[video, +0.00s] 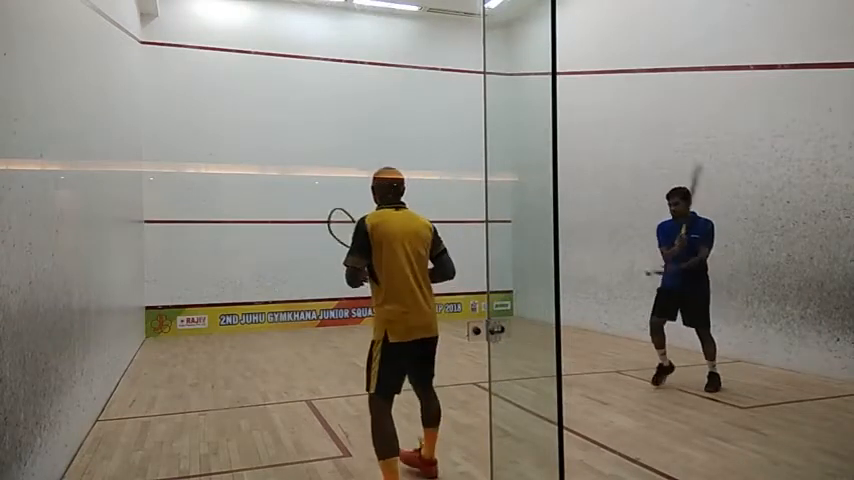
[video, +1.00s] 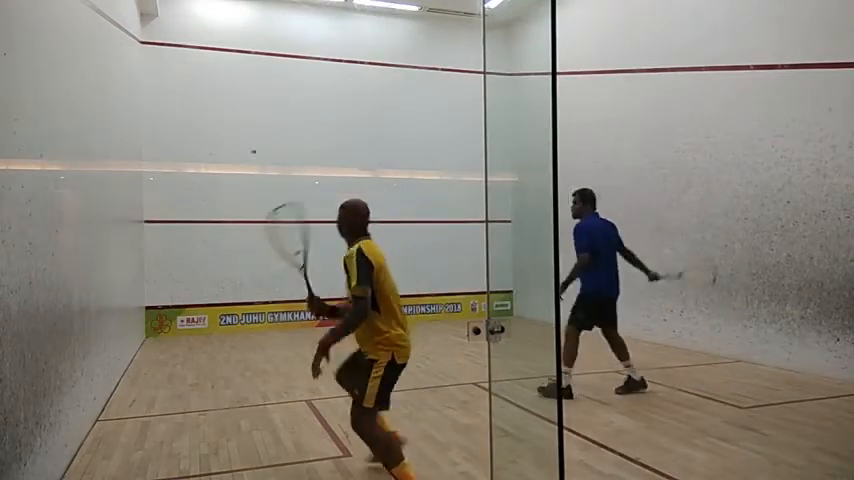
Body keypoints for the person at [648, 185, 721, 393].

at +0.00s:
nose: (672, 209)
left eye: (677, 204)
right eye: (670, 205)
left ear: (688, 204)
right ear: (667, 206)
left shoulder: (704, 226)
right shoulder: (664, 228)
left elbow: (702, 256)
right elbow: (666, 257)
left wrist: (677, 268)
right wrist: (677, 247)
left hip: (696, 285)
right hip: (671, 283)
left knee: (702, 330)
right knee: (655, 324)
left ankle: (712, 373)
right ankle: (664, 363)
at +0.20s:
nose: (647, 212)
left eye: (650, 208)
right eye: (645, 209)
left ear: (663, 207)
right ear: (644, 210)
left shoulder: (683, 225)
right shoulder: (645, 234)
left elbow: (683, 258)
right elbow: (654, 260)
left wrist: (655, 270)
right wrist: (683, 246)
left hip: (685, 288)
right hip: (660, 288)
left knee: (697, 333)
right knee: (643, 327)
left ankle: (711, 373)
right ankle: (640, 377)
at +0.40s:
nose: (617, 213)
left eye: (621, 209)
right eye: (618, 209)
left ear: (632, 210)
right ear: (630, 211)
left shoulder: (650, 230)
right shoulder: (626, 237)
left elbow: (661, 260)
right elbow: (612, 264)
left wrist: (664, 288)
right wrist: (589, 284)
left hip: (664, 286)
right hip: (644, 289)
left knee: (674, 334)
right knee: (635, 330)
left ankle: (705, 366)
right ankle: (636, 378)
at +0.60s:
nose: (601, 208)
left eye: (604, 204)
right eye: (602, 204)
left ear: (613, 206)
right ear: (617, 206)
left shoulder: (624, 227)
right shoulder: (618, 226)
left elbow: (639, 254)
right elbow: (635, 256)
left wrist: (656, 274)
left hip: (638, 290)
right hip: (629, 289)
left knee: (633, 332)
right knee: (626, 331)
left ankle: (676, 366)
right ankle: (635, 378)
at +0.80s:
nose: (588, 205)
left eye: (590, 202)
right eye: (589, 201)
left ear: (599, 203)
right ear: (607, 204)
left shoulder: (602, 225)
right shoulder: (620, 223)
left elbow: (610, 254)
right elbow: (639, 239)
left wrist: (609, 286)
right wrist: (657, 240)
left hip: (615, 287)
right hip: (628, 286)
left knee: (596, 327)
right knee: (620, 329)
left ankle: (612, 378)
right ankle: (635, 378)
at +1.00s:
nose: (571, 207)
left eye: (574, 203)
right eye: (572, 203)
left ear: (585, 205)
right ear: (590, 205)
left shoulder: (581, 228)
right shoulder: (608, 226)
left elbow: (583, 260)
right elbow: (624, 252)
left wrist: (564, 284)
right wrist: (647, 271)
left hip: (591, 292)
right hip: (609, 291)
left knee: (571, 331)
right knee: (610, 332)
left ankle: (564, 384)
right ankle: (634, 377)